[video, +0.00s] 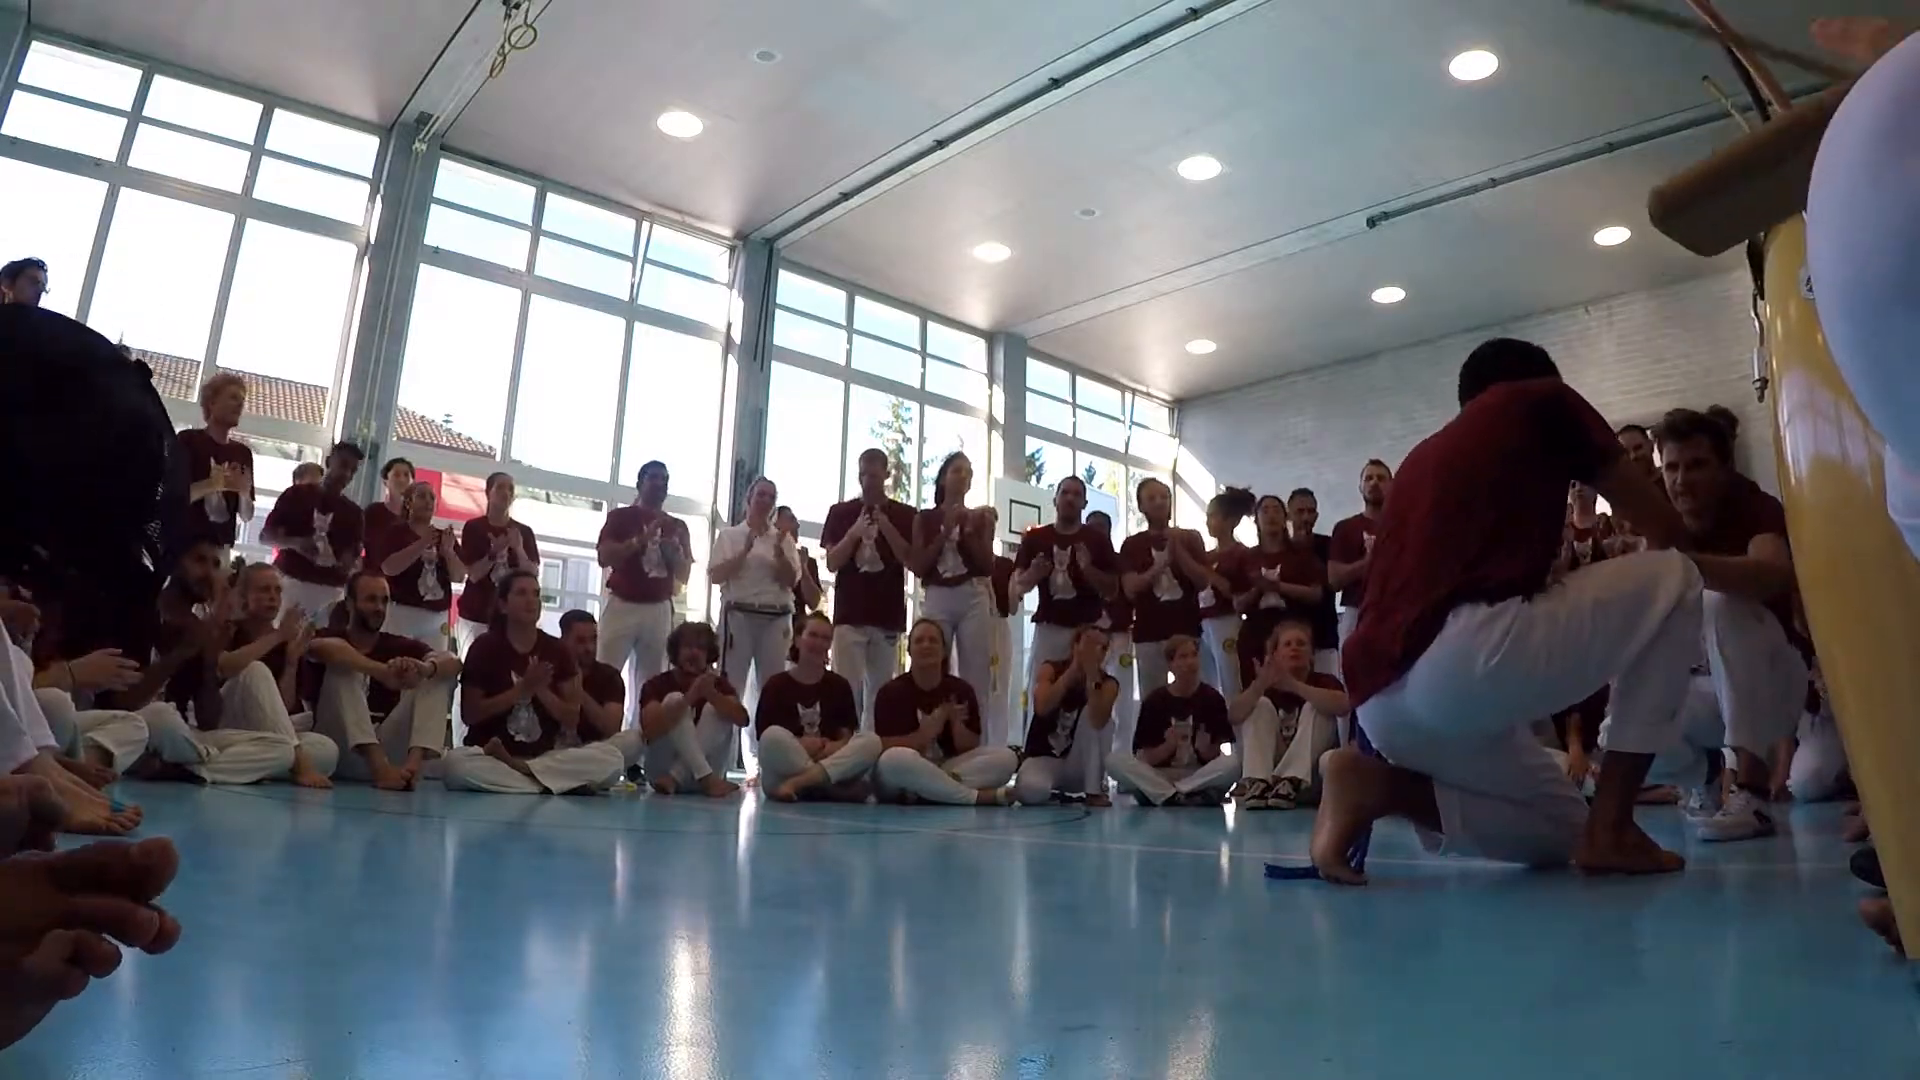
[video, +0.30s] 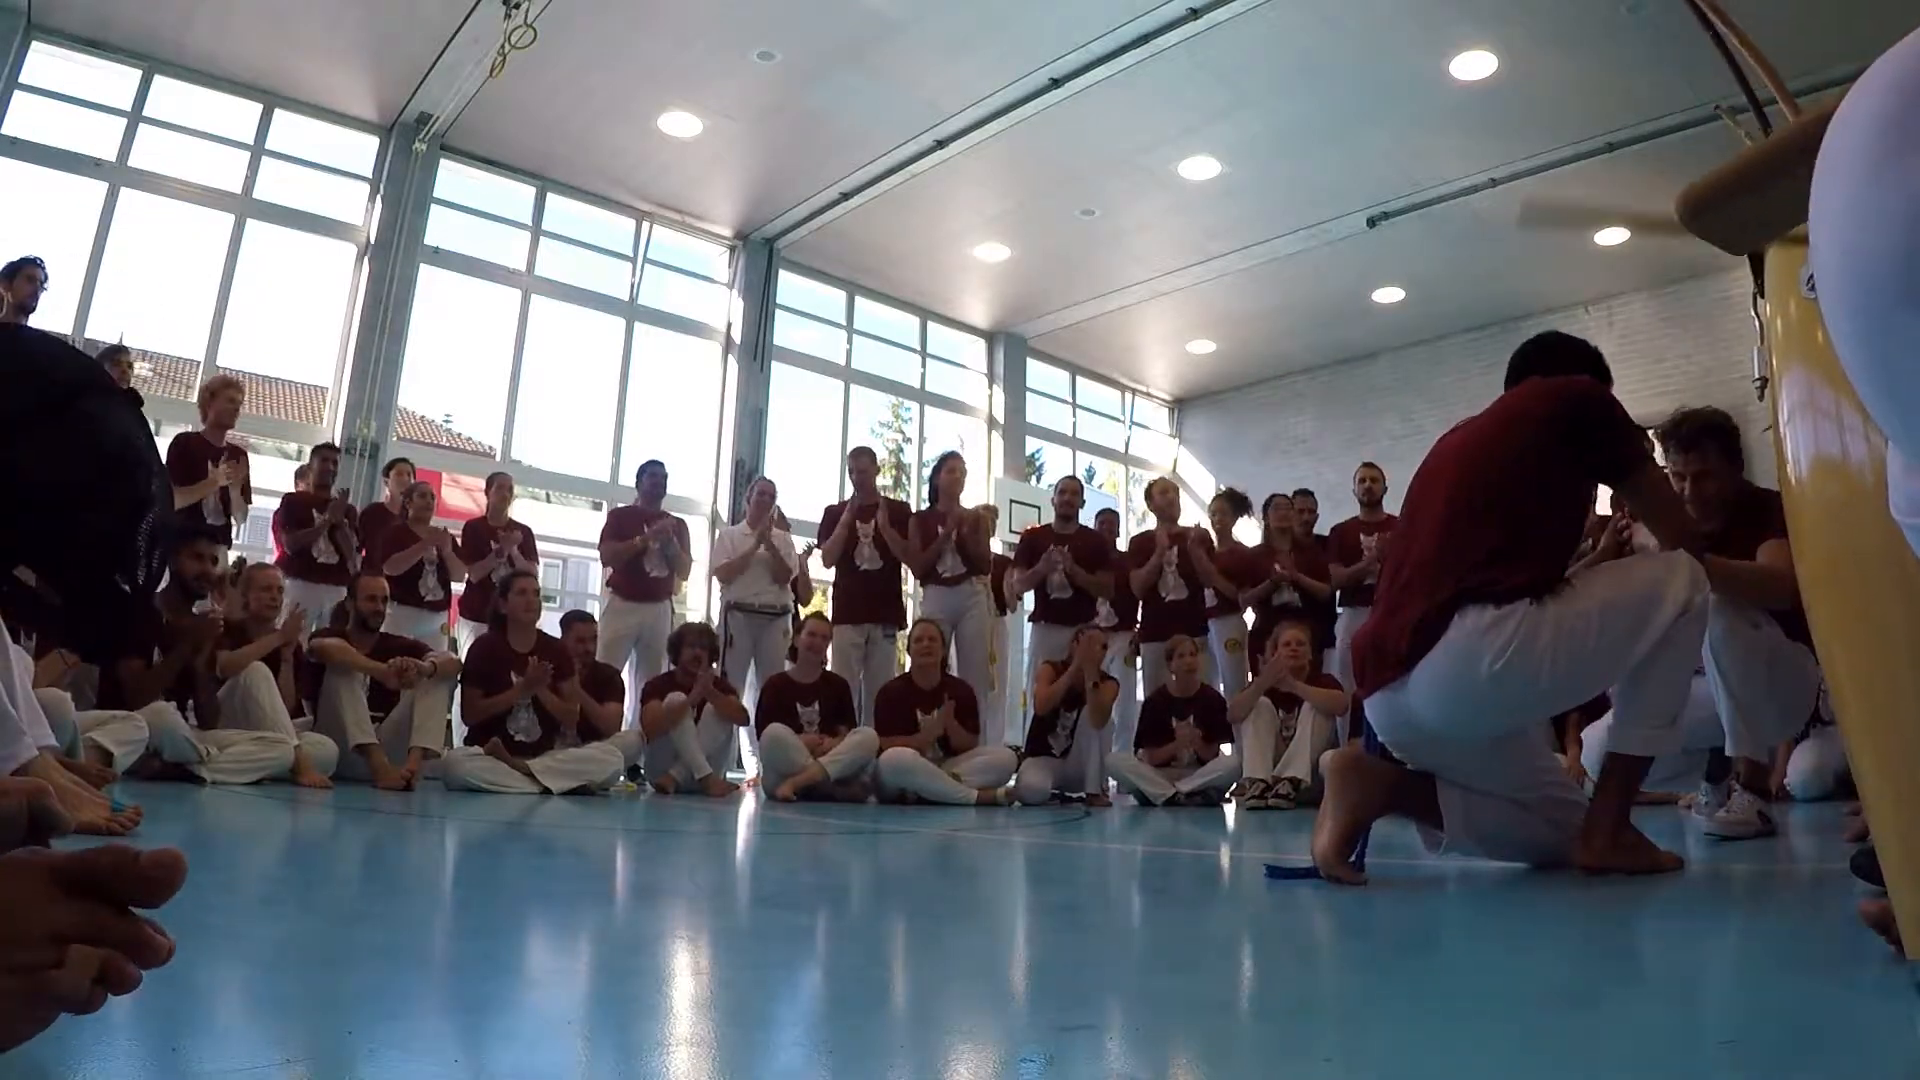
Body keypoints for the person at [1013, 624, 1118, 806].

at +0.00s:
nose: (1095, 653)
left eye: (1102, 648)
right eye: (1089, 645)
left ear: (1106, 653)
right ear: (1075, 647)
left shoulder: (1107, 683)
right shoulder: (1050, 669)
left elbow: (1098, 719)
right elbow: (1042, 707)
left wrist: (1092, 672)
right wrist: (1074, 669)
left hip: (1080, 762)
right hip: (1043, 760)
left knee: (1093, 712)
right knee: (1031, 792)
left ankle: (1094, 790)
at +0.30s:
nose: (1093, 651)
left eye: (1101, 647)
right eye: (1088, 644)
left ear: (1105, 652)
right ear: (1074, 645)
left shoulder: (1108, 683)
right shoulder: (1049, 669)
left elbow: (1098, 719)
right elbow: (1041, 706)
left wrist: (1091, 671)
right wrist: (1075, 667)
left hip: (1080, 763)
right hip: (1042, 760)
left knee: (1093, 712)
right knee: (1032, 792)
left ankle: (1094, 790)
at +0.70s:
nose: (1100, 650)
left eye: (1104, 645)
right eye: (1094, 643)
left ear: (1108, 650)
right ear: (1075, 644)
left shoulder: (1108, 682)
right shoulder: (1050, 669)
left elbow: (1099, 719)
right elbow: (1041, 708)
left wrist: (1094, 672)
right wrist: (1073, 669)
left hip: (1080, 763)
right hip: (1042, 761)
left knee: (1095, 711)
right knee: (1032, 792)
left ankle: (1094, 791)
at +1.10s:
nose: (1099, 650)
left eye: (1104, 646)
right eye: (1093, 644)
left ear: (1107, 652)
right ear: (1074, 647)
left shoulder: (1108, 682)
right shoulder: (1049, 670)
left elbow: (1101, 720)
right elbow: (1041, 709)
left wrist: (1092, 672)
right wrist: (1074, 672)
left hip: (1081, 762)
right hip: (1042, 760)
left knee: (1095, 711)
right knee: (1032, 793)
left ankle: (1094, 790)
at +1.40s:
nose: (1099, 649)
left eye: (1103, 645)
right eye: (1092, 643)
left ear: (1106, 651)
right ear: (1073, 646)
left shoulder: (1108, 683)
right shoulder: (1049, 671)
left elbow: (1100, 720)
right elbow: (1040, 710)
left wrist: (1091, 678)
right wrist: (1071, 675)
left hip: (1080, 763)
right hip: (1042, 761)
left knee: (1095, 711)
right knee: (1033, 793)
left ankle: (1094, 791)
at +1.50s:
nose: (1099, 650)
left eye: (1103, 645)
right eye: (1093, 643)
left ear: (1106, 650)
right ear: (1074, 644)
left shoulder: (1108, 683)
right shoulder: (1049, 671)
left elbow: (1100, 719)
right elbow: (1040, 710)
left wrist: (1091, 677)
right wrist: (1070, 673)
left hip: (1080, 763)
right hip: (1042, 761)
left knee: (1095, 712)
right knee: (1033, 793)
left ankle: (1093, 791)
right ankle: (1012, 793)